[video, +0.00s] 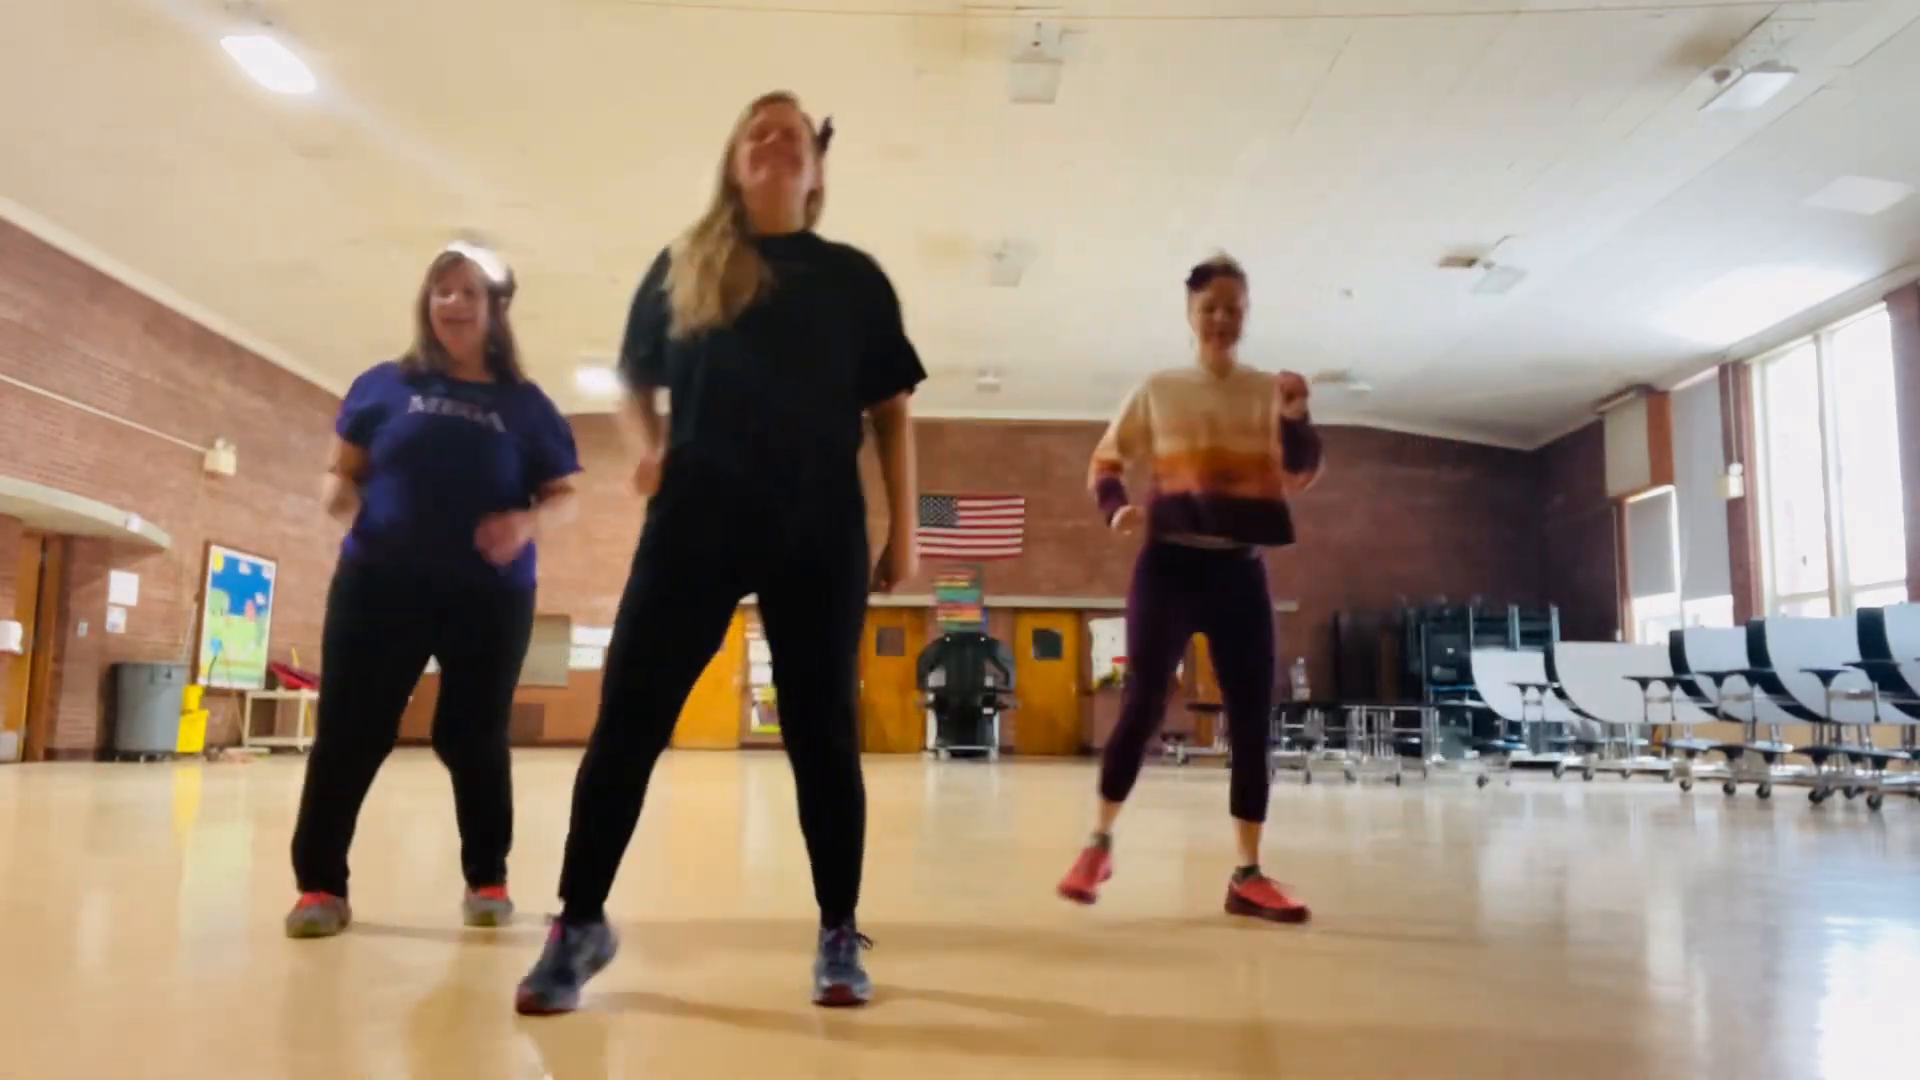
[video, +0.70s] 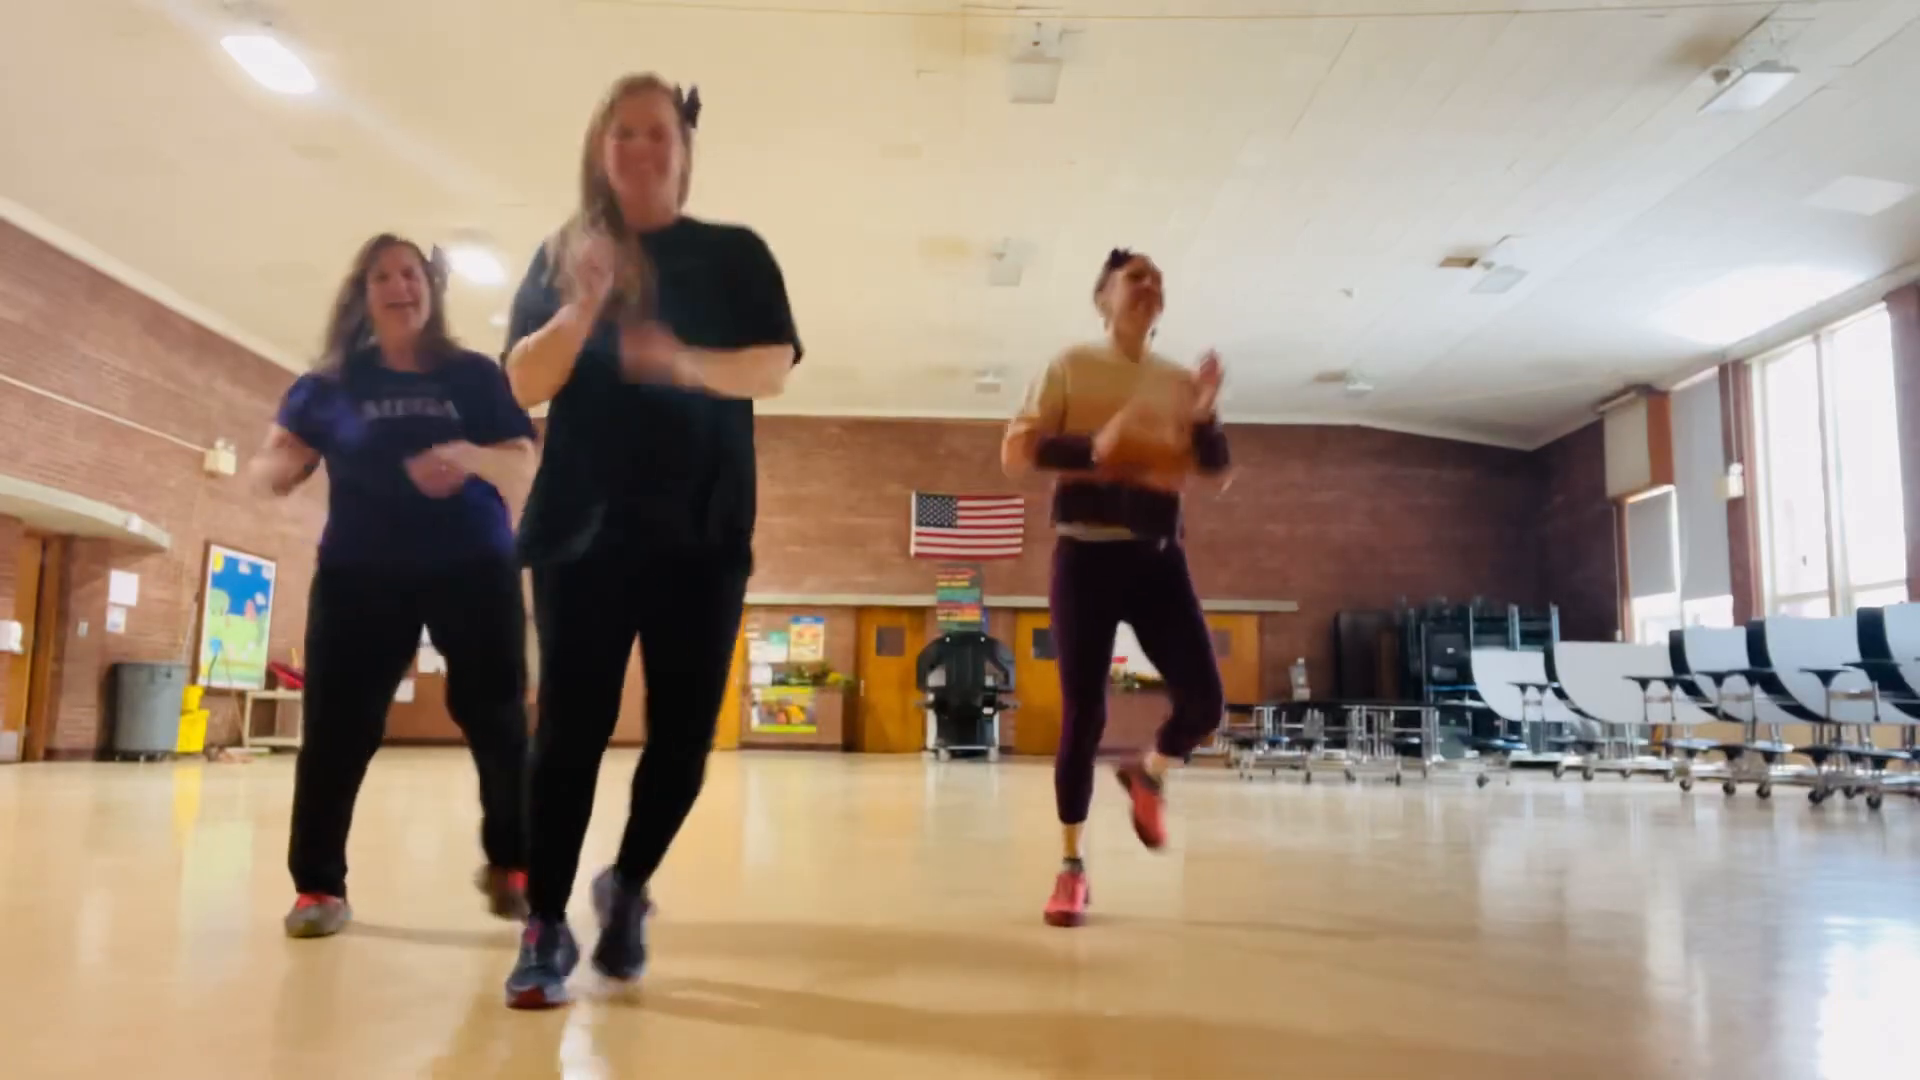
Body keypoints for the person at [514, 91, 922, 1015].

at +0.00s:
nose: (774, 141)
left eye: (792, 133)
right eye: (758, 133)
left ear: (820, 166)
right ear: (732, 166)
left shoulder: (856, 278)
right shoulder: (682, 268)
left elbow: (891, 409)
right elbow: (637, 379)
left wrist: (902, 522)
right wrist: (645, 449)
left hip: (817, 523)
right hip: (700, 518)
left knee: (822, 733)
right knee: (628, 722)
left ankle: (840, 934)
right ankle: (579, 923)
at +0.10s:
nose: (732, 159)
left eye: (749, 150)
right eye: (718, 149)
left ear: (775, 183)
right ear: (691, 178)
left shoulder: (806, 300)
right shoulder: (635, 284)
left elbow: (846, 426)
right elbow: (562, 392)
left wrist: (868, 534)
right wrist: (605, 493)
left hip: (774, 563)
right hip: (653, 556)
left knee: (799, 750)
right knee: (605, 746)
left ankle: (834, 939)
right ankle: (583, 944)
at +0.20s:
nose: (689, 162)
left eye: (707, 155)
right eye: (673, 153)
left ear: (733, 191)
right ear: (645, 187)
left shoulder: (765, 306)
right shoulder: (589, 287)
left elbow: (822, 423)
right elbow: (488, 342)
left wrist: (879, 407)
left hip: (737, 559)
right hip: (613, 560)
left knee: (810, 700)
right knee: (574, 746)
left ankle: (796, 869)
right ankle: (579, 941)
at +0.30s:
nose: (658, 148)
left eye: (678, 142)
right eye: (645, 139)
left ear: (707, 178)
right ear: (621, 173)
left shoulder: (741, 286)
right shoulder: (585, 273)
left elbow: (817, 356)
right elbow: (546, 320)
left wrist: (886, 251)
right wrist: (560, 186)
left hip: (713, 532)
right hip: (596, 541)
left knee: (784, 632)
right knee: (573, 747)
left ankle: (721, 779)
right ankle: (575, 940)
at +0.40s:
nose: (648, 127)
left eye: (665, 117)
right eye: (633, 116)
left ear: (695, 142)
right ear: (609, 141)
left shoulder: (729, 242)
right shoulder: (576, 232)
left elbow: (778, 308)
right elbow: (597, 311)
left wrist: (810, 193)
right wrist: (598, 183)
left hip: (706, 510)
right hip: (591, 510)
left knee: (735, 675)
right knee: (577, 716)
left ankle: (668, 788)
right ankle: (558, 922)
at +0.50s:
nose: (635, 144)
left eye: (652, 130)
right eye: (620, 134)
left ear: (691, 151)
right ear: (601, 162)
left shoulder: (733, 250)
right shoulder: (574, 245)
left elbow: (743, 323)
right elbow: (582, 337)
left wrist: (688, 217)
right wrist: (666, 247)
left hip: (696, 537)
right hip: (579, 528)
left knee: (677, 738)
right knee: (566, 727)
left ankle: (629, 870)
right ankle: (544, 921)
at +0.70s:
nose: (643, 151)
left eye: (659, 136)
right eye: (626, 135)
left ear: (687, 151)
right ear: (599, 151)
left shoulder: (734, 253)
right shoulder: (568, 254)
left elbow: (776, 365)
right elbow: (527, 382)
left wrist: (681, 362)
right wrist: (582, 309)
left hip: (702, 540)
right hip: (585, 534)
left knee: (682, 741)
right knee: (571, 728)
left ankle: (629, 888)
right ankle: (546, 924)